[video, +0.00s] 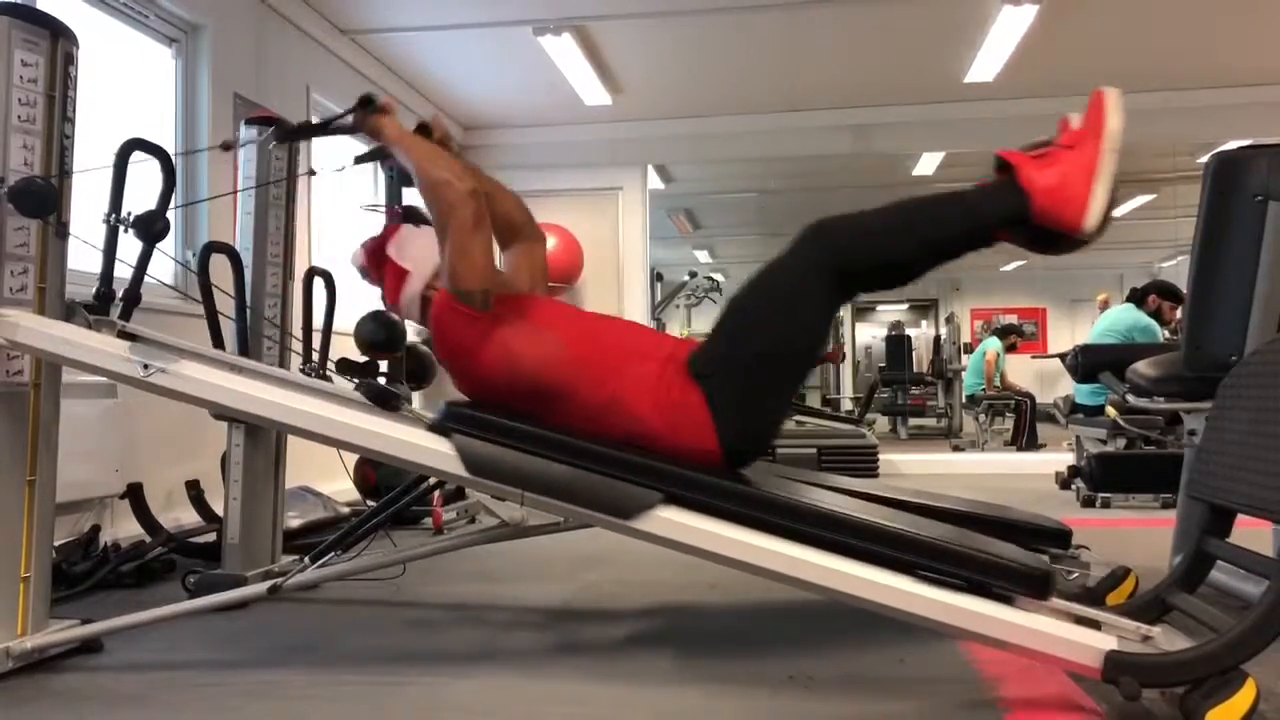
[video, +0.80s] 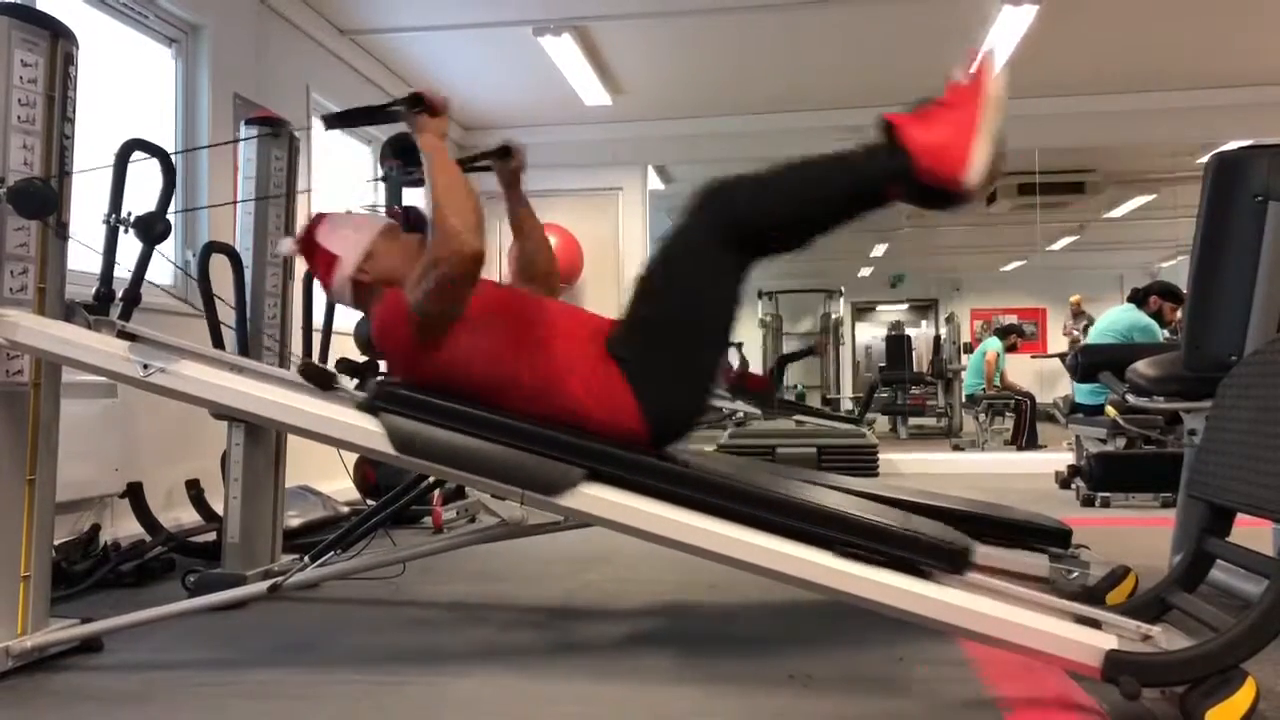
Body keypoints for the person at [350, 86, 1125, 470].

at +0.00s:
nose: (424, 246)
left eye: (414, 242)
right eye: (414, 243)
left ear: (425, 271)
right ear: (414, 271)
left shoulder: (498, 315)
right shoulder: (461, 318)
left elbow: (525, 233)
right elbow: (465, 210)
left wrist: (453, 153)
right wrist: (398, 139)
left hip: (709, 397)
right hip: (709, 414)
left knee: (823, 250)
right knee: (821, 252)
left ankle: (1029, 194)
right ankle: (1033, 196)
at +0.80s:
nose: (402, 230)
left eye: (391, 222)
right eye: (385, 232)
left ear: (394, 246)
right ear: (365, 271)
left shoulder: (446, 310)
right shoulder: (398, 328)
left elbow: (551, 279)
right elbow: (461, 249)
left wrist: (511, 193)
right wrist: (433, 140)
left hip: (636, 369)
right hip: (636, 394)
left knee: (718, 216)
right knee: (717, 215)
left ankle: (912, 157)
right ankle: (917, 158)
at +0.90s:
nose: (361, 213)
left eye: (351, 205)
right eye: (343, 214)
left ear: (329, 244)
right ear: (320, 249)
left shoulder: (398, 295)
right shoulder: (355, 308)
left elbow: (515, 286)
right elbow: (425, 250)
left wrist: (531, 195)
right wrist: (451, 127)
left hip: (588, 362)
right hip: (591, 381)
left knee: (644, 191)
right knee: (645, 189)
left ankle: (831, 135)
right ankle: (831, 130)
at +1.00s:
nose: (333, 201)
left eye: (321, 192)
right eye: (314, 197)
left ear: (298, 226)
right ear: (287, 230)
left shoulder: (357, 280)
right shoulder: (320, 288)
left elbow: (481, 282)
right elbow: (408, 236)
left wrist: (552, 213)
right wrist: (474, 126)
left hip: (545, 351)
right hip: (547, 367)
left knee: (576, 174)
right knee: (569, 163)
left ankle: (755, 129)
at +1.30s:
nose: (294, 167)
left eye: (282, 156)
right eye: (273, 159)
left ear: (236, 196)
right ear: (235, 191)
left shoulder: (282, 255)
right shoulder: (272, 240)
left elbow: (418, 248)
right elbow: (398, 229)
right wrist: (537, 201)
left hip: (485, 342)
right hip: (478, 341)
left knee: (451, 163)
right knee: (444, 147)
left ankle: (642, 115)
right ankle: (624, 77)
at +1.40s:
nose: (294, 163)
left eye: (283, 154)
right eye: (273, 158)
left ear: (241, 193)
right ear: (237, 190)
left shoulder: (285, 247)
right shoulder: (273, 240)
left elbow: (422, 245)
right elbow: (401, 230)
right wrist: (537, 208)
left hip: (483, 341)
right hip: (479, 344)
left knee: (450, 160)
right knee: (445, 149)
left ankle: (652, 116)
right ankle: (628, 78)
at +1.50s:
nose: (301, 167)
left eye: (289, 156)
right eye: (280, 160)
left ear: (249, 196)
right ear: (242, 193)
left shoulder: (297, 255)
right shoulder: (279, 244)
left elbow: (433, 263)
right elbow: (397, 228)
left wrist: (576, 264)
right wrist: (533, 196)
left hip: (498, 343)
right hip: (490, 345)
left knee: (483, 165)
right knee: (471, 147)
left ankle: (673, 120)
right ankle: (651, 83)